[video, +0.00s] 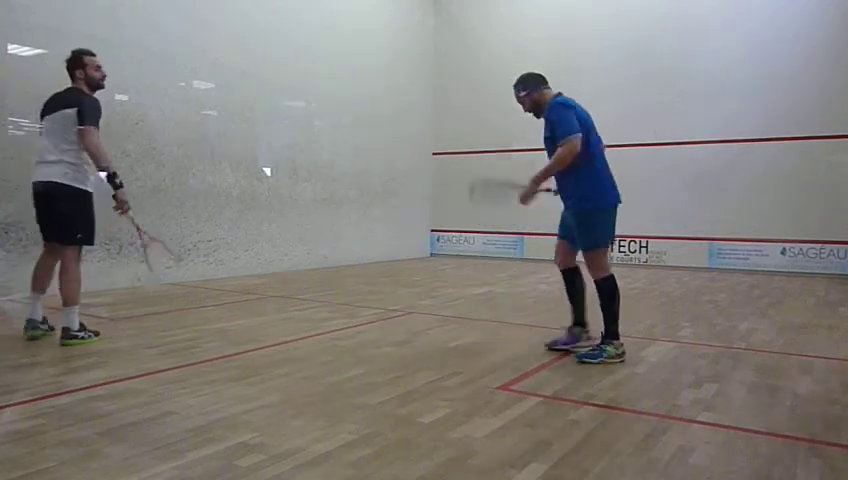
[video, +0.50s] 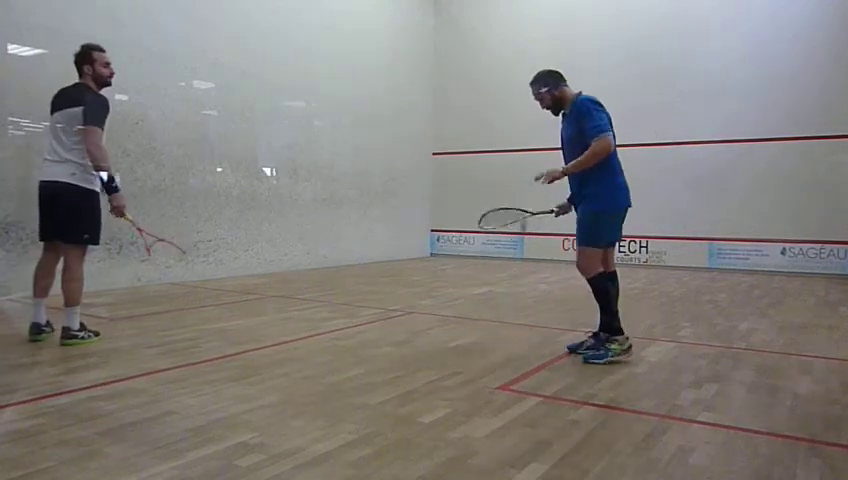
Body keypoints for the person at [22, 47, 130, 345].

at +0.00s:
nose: (103, 73)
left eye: (102, 68)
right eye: (97, 68)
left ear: (77, 75)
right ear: (79, 73)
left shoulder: (50, 102)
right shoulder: (88, 103)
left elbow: (53, 146)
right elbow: (90, 141)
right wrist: (116, 183)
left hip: (43, 185)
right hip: (70, 187)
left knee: (51, 250)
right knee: (71, 256)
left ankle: (34, 319)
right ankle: (72, 327)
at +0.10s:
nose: (106, 72)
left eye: (104, 67)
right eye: (99, 67)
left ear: (79, 74)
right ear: (81, 72)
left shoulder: (54, 100)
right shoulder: (89, 102)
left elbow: (63, 150)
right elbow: (89, 145)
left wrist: (96, 180)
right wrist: (115, 189)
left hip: (45, 186)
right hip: (73, 189)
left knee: (50, 253)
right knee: (72, 257)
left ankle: (38, 321)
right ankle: (72, 327)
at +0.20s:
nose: (107, 70)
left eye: (106, 65)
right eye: (101, 66)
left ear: (81, 72)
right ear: (84, 70)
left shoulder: (56, 98)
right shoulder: (91, 101)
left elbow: (62, 148)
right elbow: (89, 147)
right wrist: (110, 190)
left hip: (47, 186)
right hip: (76, 189)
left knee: (49, 253)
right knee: (73, 258)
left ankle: (37, 322)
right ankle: (72, 327)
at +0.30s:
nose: (109, 71)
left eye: (108, 66)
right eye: (103, 66)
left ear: (82, 72)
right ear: (86, 70)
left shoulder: (57, 97)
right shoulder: (93, 101)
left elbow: (71, 145)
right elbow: (91, 148)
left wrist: (104, 173)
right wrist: (108, 192)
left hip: (47, 185)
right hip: (77, 188)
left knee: (49, 253)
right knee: (73, 259)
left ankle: (37, 322)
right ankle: (72, 327)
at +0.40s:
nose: (110, 71)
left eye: (110, 65)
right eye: (104, 66)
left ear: (83, 71)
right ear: (87, 69)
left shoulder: (59, 97)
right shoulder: (95, 101)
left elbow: (72, 145)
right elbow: (93, 147)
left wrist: (105, 175)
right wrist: (110, 191)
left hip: (49, 185)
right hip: (78, 188)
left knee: (50, 253)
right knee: (74, 259)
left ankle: (37, 322)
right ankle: (72, 327)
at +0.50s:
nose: (111, 70)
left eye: (110, 65)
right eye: (105, 65)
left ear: (84, 70)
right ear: (87, 68)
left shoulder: (59, 96)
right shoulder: (95, 100)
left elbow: (64, 144)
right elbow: (94, 146)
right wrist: (114, 190)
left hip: (49, 185)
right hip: (78, 188)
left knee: (50, 252)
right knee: (74, 258)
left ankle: (37, 321)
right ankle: (72, 327)